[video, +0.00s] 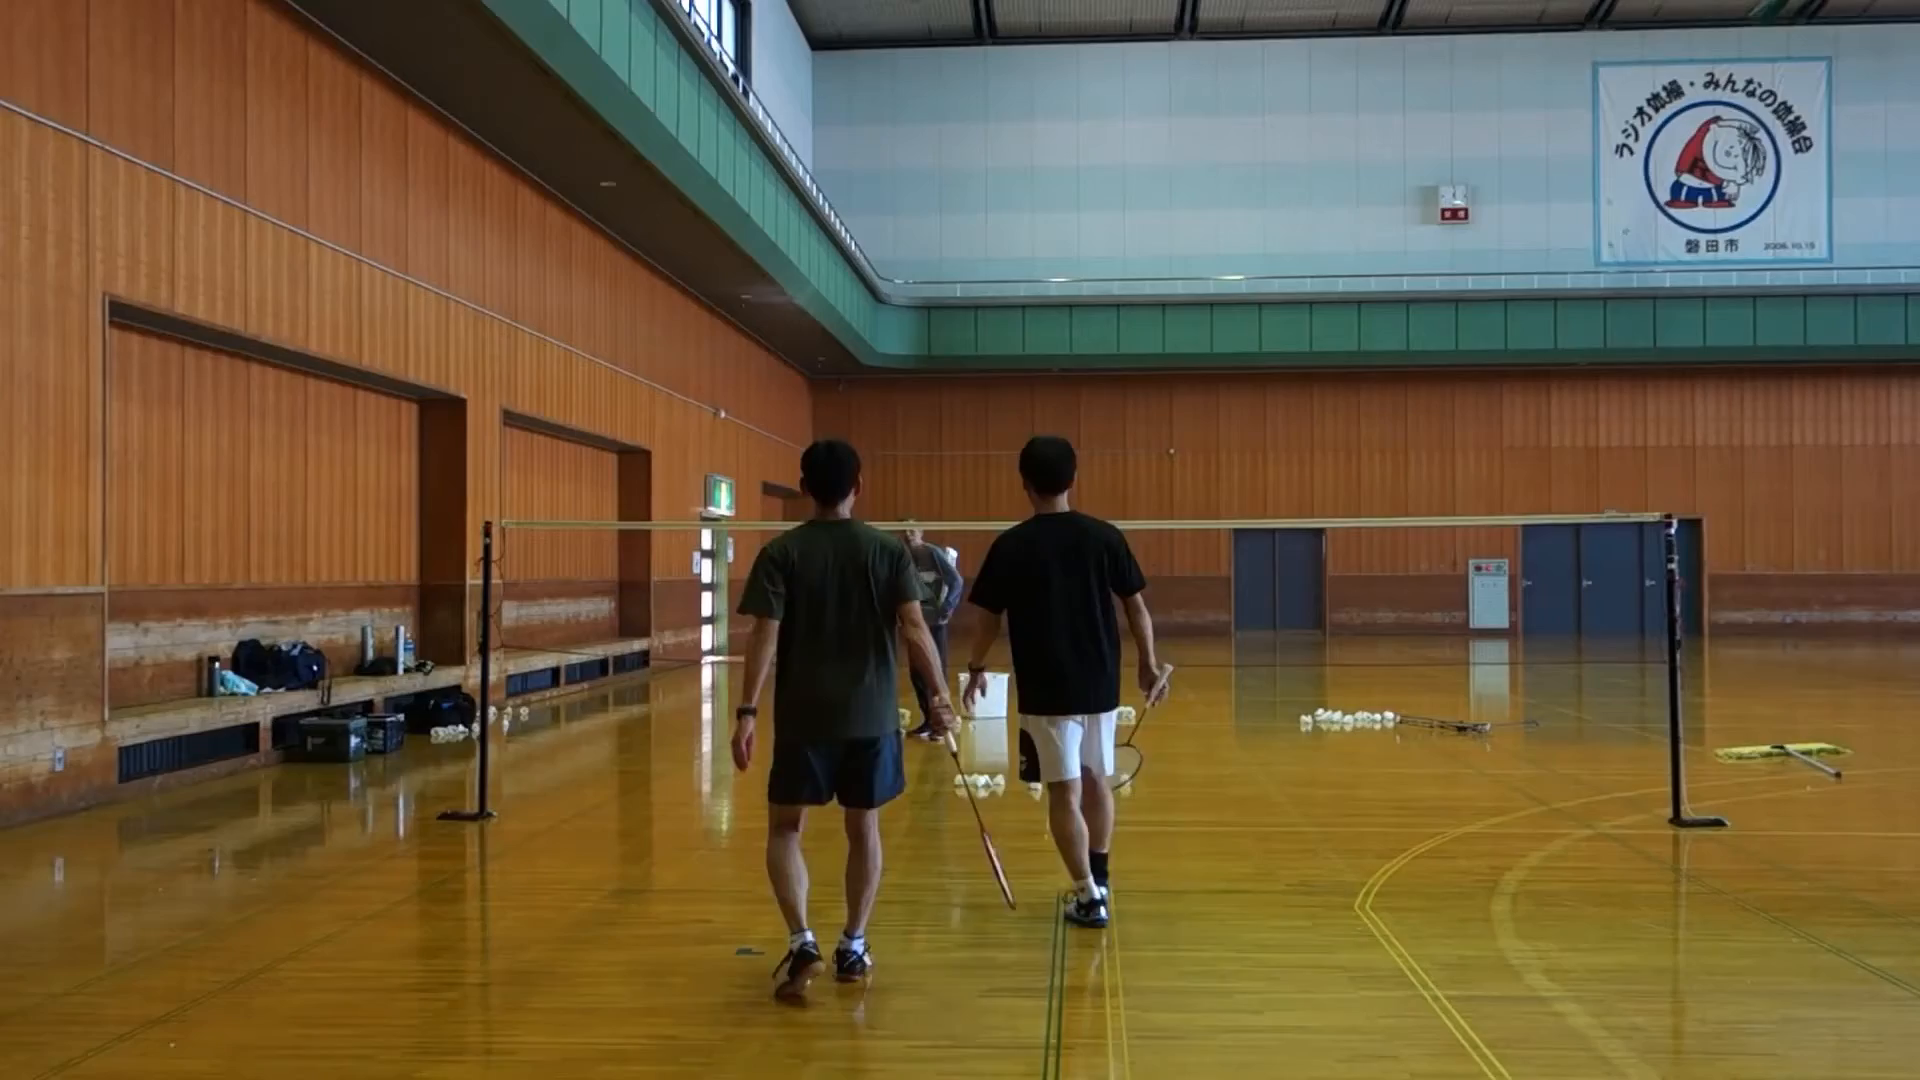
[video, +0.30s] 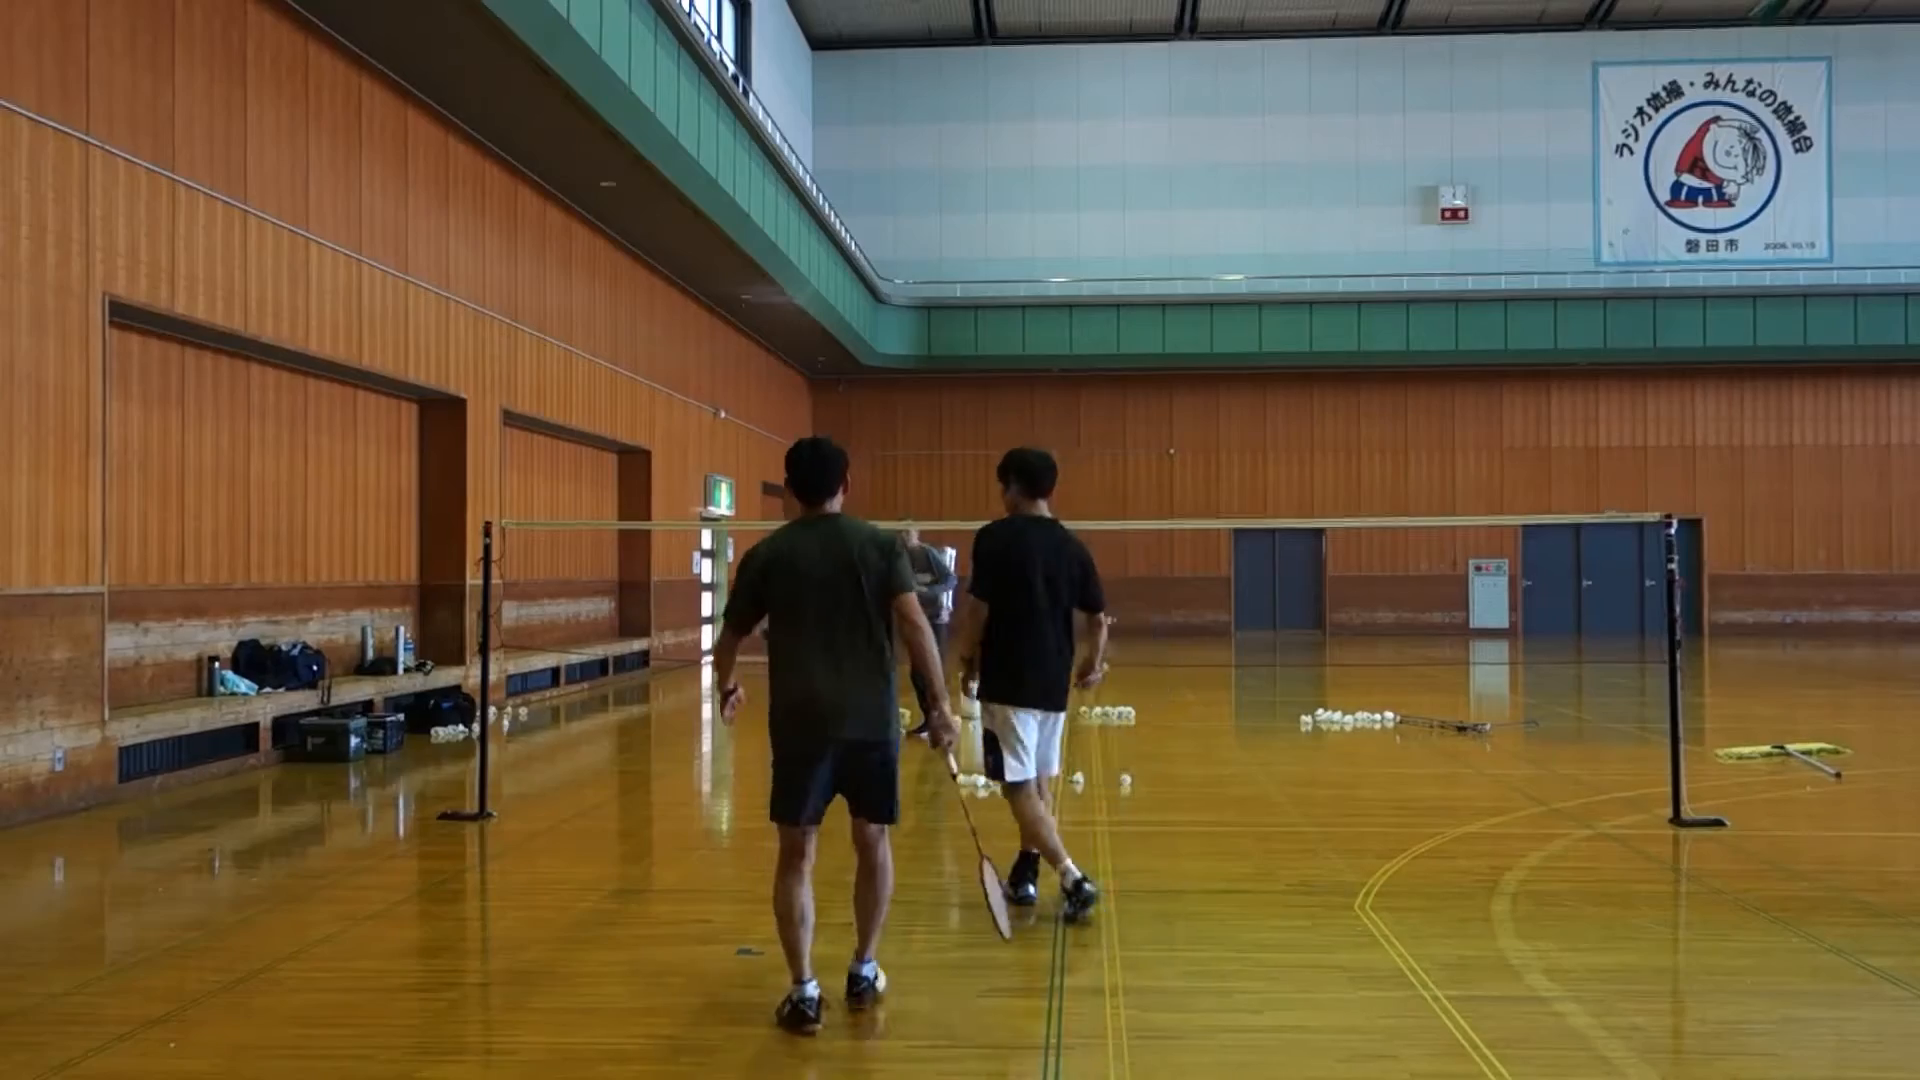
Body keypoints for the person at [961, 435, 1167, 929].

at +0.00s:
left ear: (1025, 482)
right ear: (1073, 480)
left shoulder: (1010, 546)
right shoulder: (1104, 537)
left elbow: (988, 618)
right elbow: (1136, 606)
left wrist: (975, 666)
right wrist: (1150, 664)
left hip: (1044, 690)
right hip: (1100, 685)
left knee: (1063, 793)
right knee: (1097, 778)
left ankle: (1089, 897)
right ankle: (1097, 875)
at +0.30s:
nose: (1000, 494)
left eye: (1002, 487)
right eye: (1002, 486)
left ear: (1011, 488)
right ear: (1050, 489)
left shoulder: (992, 538)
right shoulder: (1072, 545)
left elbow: (975, 606)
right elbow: (1096, 617)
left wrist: (965, 658)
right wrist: (1091, 662)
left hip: (1007, 682)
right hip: (1054, 683)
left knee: (1019, 788)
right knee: (1041, 781)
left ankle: (1073, 879)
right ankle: (1024, 874)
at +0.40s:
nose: (991, 492)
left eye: (993, 485)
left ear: (997, 488)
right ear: (1041, 490)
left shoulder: (979, 535)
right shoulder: (1058, 545)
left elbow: (967, 608)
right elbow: (1076, 619)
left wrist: (957, 656)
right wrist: (1065, 661)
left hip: (992, 676)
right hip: (1039, 680)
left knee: (977, 777)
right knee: (1025, 773)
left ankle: (1039, 861)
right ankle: (1023, 873)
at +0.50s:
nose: (978, 493)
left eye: (979, 486)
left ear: (981, 488)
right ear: (1026, 489)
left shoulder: (965, 532)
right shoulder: (1042, 541)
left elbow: (951, 603)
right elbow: (1059, 612)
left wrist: (944, 653)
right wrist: (1045, 650)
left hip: (975, 673)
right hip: (1026, 677)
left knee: (942, 769)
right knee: (1021, 771)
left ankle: (988, 860)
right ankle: (1025, 874)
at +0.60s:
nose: (960, 491)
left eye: (961, 484)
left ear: (962, 487)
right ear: (1007, 488)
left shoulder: (944, 535)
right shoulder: (1024, 539)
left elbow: (930, 613)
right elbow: (1044, 610)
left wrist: (918, 673)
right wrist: (1018, 629)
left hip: (955, 673)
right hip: (1012, 675)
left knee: (921, 768)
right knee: (1019, 773)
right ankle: (1025, 873)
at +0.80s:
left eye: (914, 506)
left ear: (910, 507)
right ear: (956, 505)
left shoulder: (898, 553)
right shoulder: (981, 552)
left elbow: (880, 617)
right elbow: (1018, 605)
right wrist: (1015, 623)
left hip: (916, 695)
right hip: (985, 692)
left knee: (873, 786)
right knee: (1004, 778)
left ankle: (841, 881)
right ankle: (1023, 875)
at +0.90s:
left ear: (881, 516)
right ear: (928, 514)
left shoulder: (866, 562)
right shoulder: (957, 558)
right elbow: (1003, 607)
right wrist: (1015, 627)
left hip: (899, 699)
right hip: (970, 695)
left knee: (858, 790)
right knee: (999, 779)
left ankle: (839, 884)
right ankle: (1022, 869)